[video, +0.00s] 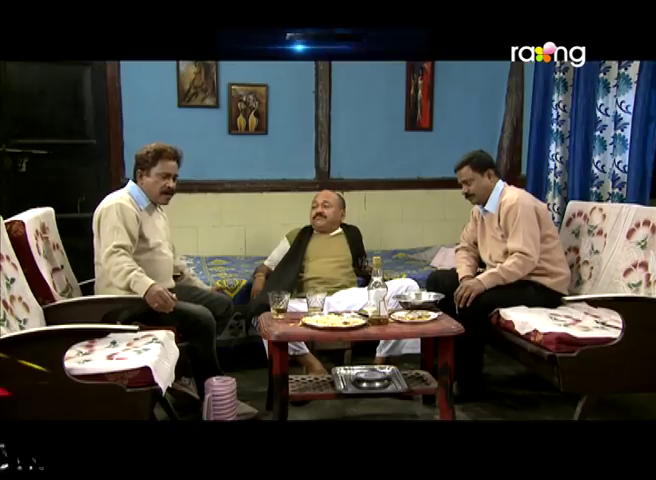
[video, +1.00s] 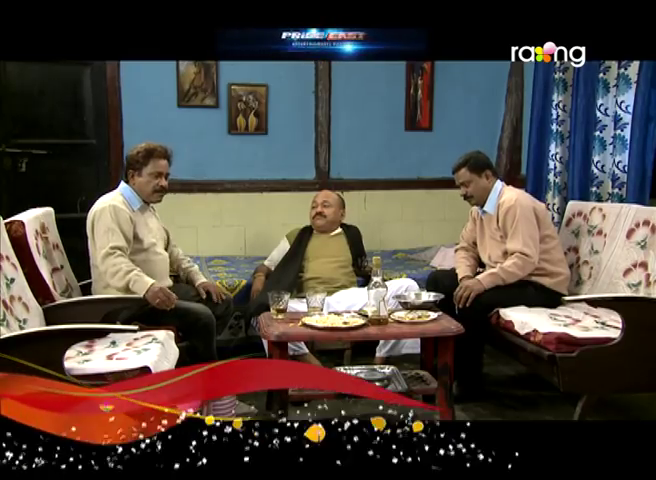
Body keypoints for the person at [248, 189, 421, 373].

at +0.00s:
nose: (318, 209)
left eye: (326, 205)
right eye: (314, 205)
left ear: (341, 214)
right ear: (310, 211)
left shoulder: (352, 233)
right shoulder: (298, 236)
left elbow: (363, 268)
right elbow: (265, 268)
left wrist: (378, 279)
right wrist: (258, 290)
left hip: (349, 297)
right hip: (306, 300)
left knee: (407, 286)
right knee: (267, 317)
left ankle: (381, 360)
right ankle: (312, 364)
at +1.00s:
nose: (318, 210)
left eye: (326, 206)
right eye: (314, 206)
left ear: (342, 213)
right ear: (309, 211)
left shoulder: (352, 233)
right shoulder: (298, 236)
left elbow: (363, 268)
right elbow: (266, 267)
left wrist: (378, 282)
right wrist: (258, 285)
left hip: (350, 297)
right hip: (308, 300)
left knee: (406, 286)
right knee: (268, 316)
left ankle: (381, 361)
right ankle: (312, 364)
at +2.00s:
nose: (318, 210)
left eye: (326, 206)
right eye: (314, 206)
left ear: (341, 213)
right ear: (309, 211)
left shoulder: (351, 233)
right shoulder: (298, 236)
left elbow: (362, 268)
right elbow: (265, 268)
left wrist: (378, 280)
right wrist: (256, 302)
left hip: (351, 297)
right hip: (311, 300)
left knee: (407, 286)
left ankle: (382, 362)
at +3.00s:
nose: (317, 210)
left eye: (326, 206)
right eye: (314, 206)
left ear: (341, 213)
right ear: (309, 211)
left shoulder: (351, 233)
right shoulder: (297, 236)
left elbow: (362, 268)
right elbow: (266, 267)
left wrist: (377, 280)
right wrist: (258, 286)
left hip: (351, 297)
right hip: (311, 300)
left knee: (406, 286)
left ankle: (381, 362)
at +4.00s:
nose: (317, 210)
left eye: (325, 206)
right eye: (314, 206)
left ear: (341, 213)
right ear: (309, 211)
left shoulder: (351, 233)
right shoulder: (297, 236)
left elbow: (362, 268)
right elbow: (265, 267)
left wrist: (377, 282)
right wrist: (256, 297)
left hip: (351, 297)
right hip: (311, 300)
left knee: (406, 286)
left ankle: (381, 362)